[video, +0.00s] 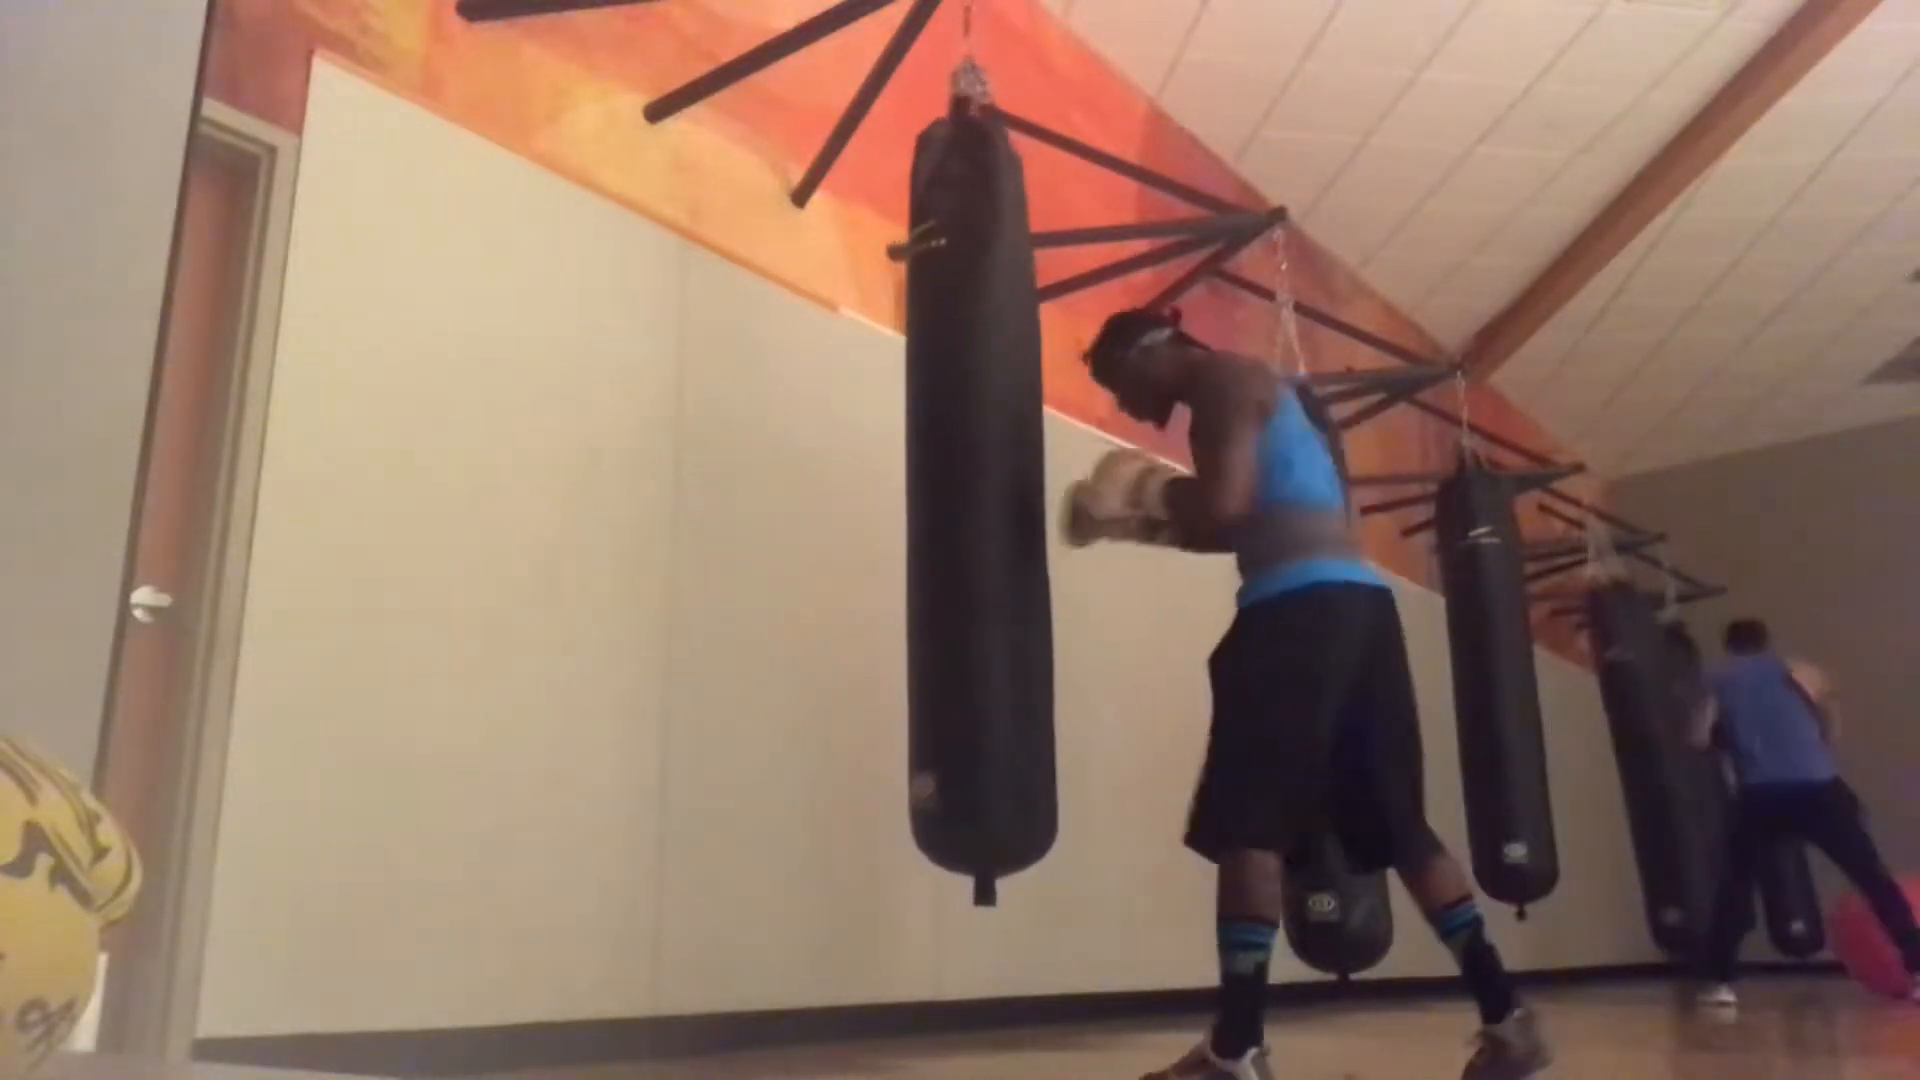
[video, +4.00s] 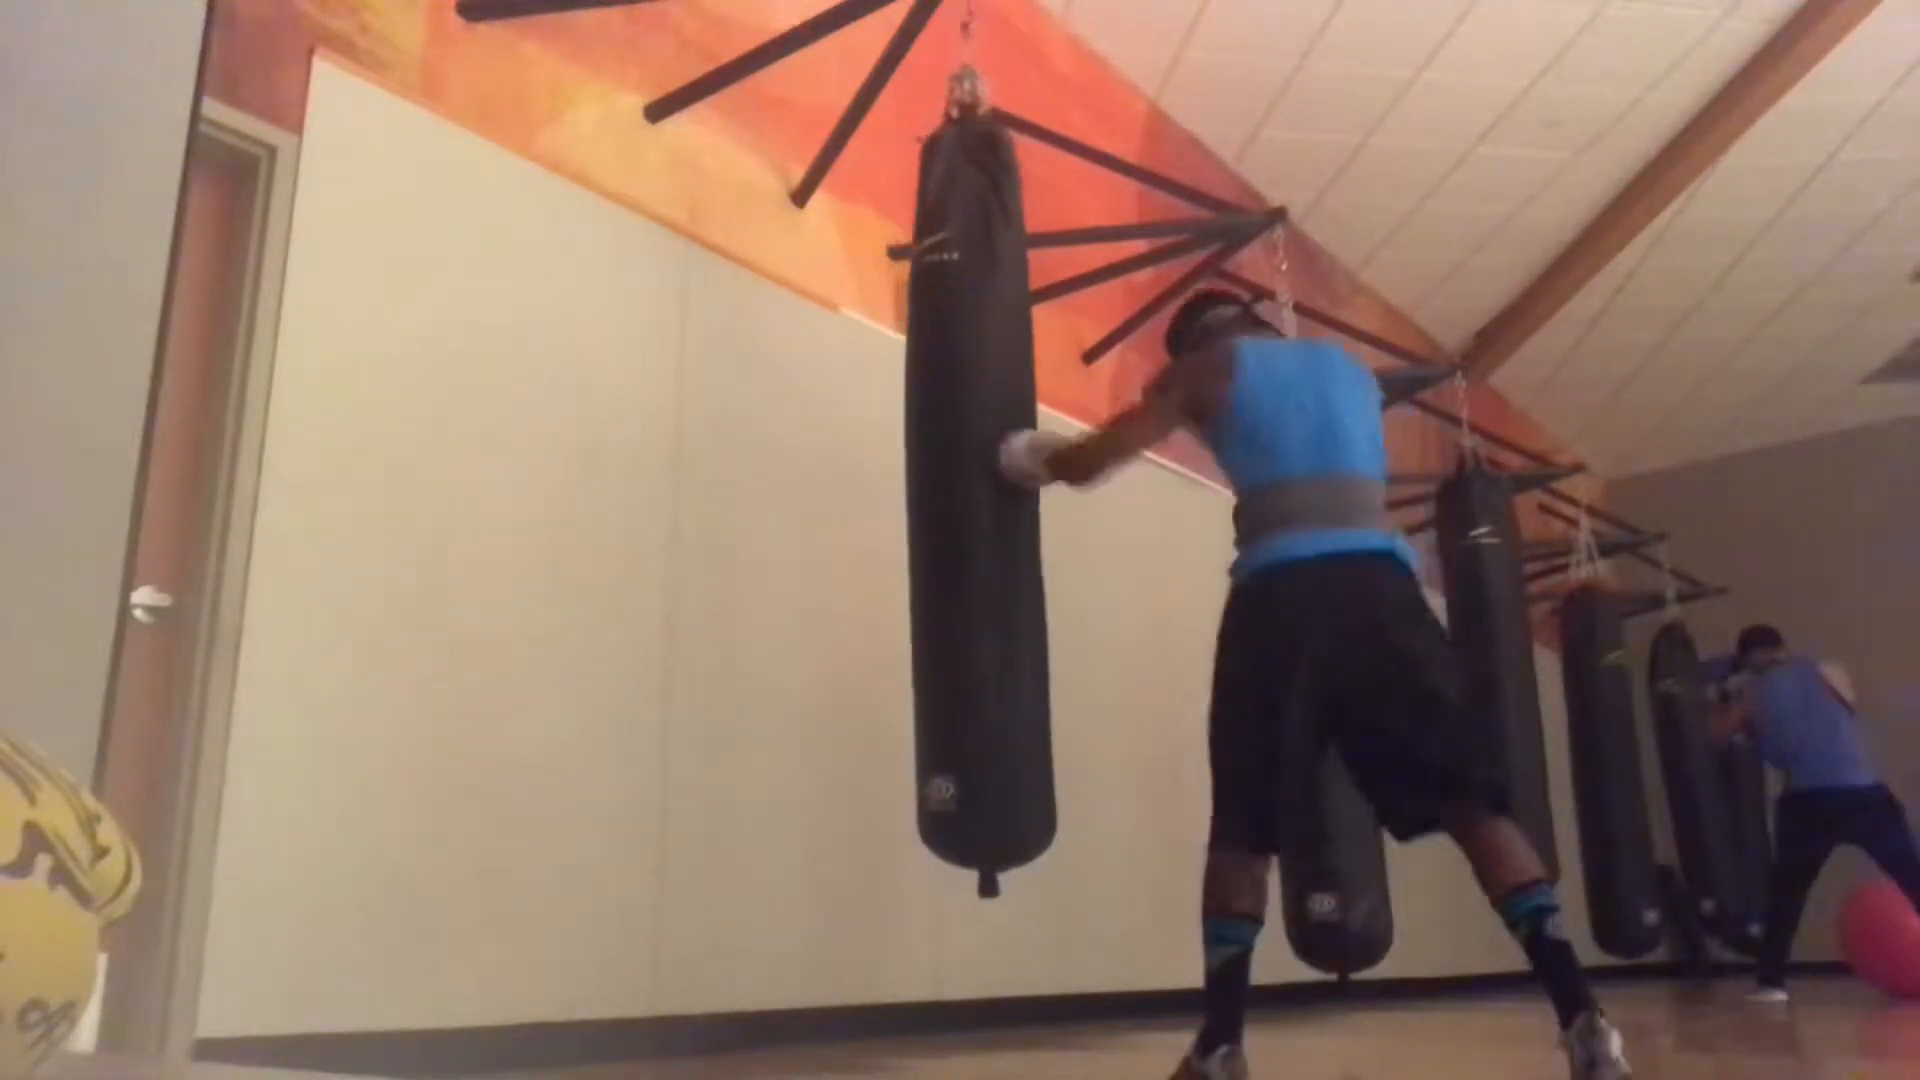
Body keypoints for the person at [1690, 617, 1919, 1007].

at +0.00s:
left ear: (1728, 648)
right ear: (1766, 643)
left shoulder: (1720, 681)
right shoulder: (1793, 668)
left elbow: (1699, 738)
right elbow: (1824, 703)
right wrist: (1826, 742)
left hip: (1761, 797)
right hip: (1820, 790)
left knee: (1736, 884)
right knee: (1872, 877)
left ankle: (1720, 979)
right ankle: (1916, 963)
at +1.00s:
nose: (1724, 669)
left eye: (1722, 664)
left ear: (1722, 664)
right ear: (1756, 657)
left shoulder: (1727, 698)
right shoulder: (1788, 683)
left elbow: (1709, 752)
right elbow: (1813, 714)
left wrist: (1718, 711)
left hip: (1764, 810)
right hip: (1819, 804)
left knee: (1726, 891)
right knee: (1862, 886)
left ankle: (1718, 980)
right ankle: (1906, 963)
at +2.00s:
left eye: (1727, 649)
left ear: (1720, 651)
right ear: (1755, 645)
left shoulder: (1712, 686)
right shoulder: (1781, 672)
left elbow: (1667, 701)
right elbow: (1806, 695)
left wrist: (1634, 702)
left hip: (1763, 792)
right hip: (1817, 783)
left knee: (1738, 878)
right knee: (1863, 867)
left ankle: (1715, 970)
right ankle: (1894, 955)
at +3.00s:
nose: (1739, 656)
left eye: (1737, 650)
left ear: (1733, 651)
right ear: (1769, 639)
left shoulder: (1729, 692)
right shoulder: (1804, 666)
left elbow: (1721, 756)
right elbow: (1830, 706)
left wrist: (1758, 763)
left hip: (1782, 798)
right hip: (1839, 790)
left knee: (1769, 887)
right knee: (1886, 880)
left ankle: (1759, 982)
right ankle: (1914, 974)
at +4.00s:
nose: (1751, 665)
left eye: (1747, 660)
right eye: (1754, 658)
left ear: (1745, 659)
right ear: (1782, 646)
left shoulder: (1749, 693)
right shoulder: (1824, 671)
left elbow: (1719, 733)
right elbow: (1849, 705)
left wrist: (1720, 697)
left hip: (1806, 804)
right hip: (1864, 797)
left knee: (1788, 892)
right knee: (1911, 877)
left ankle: (1772, 981)